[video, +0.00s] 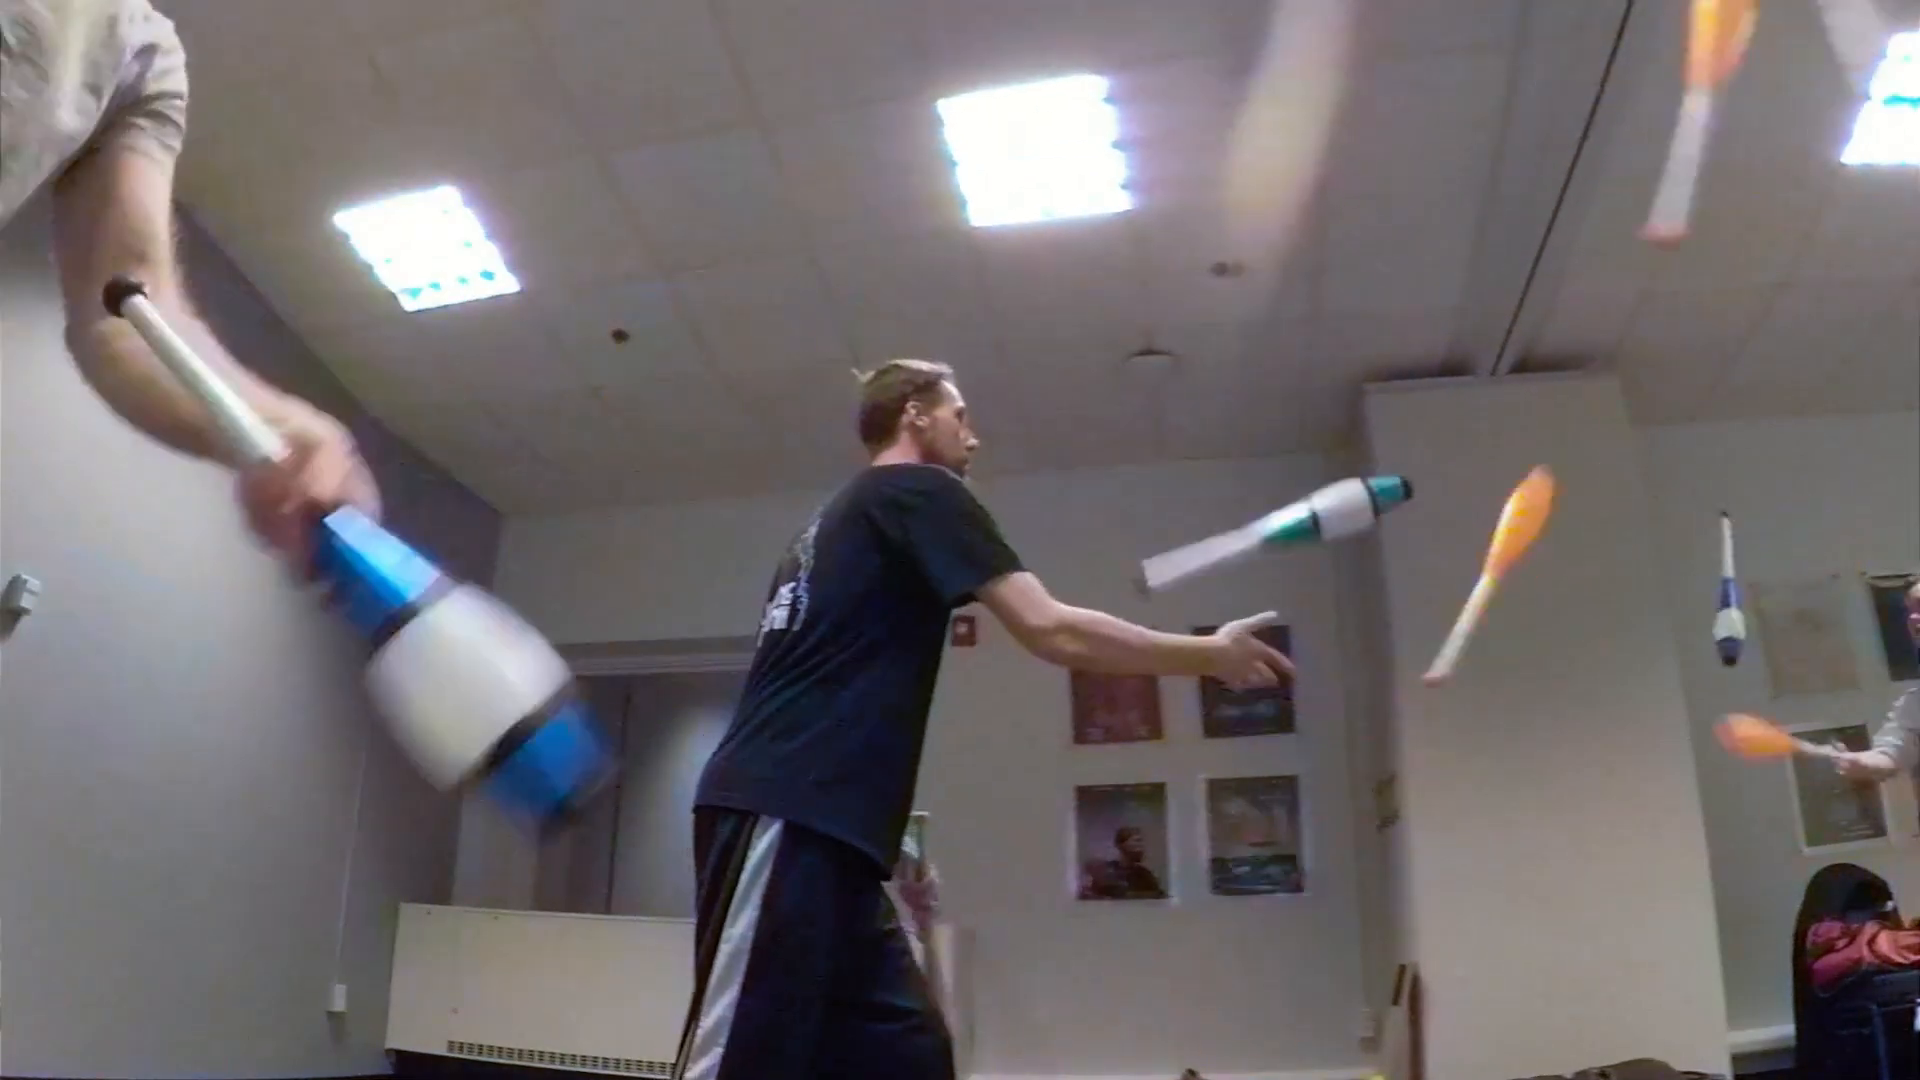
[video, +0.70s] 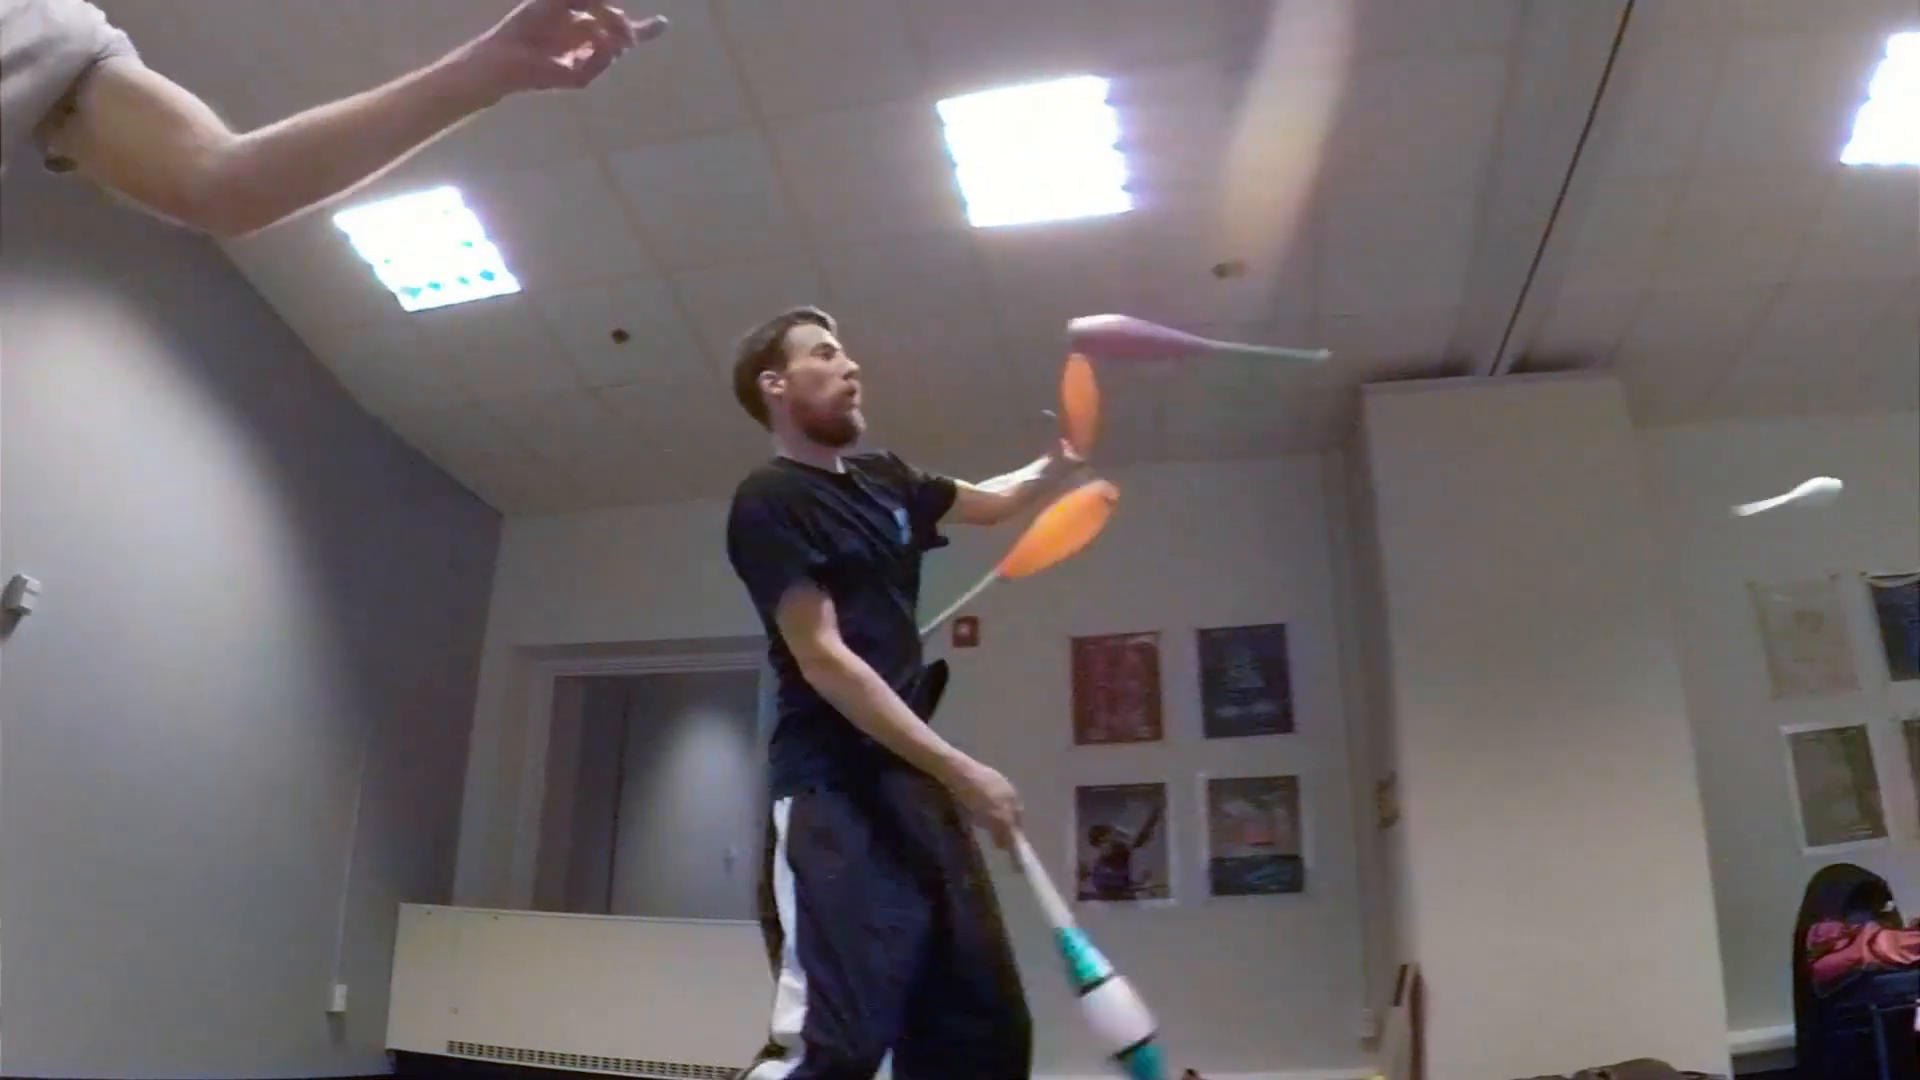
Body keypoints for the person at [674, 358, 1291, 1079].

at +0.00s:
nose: (973, 435)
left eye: (969, 419)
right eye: (960, 417)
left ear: (897, 426)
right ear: (915, 419)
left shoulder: (845, 514)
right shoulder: (918, 492)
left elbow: (825, 636)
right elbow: (1049, 628)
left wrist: (929, 627)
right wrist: (1209, 653)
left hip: (810, 816)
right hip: (792, 810)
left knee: (902, 1046)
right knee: (735, 1051)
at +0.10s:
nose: (974, 436)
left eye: (970, 417)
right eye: (962, 416)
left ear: (911, 425)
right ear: (916, 421)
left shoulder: (866, 506)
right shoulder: (909, 486)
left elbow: (832, 713)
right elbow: (1003, 633)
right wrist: (1174, 671)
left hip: (819, 823)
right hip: (790, 810)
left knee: (906, 1049)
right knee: (731, 1054)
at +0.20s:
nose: (972, 435)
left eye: (970, 419)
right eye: (961, 416)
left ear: (911, 420)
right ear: (916, 415)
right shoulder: (887, 482)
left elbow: (877, 719)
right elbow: (925, 642)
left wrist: (1007, 778)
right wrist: (1092, 709)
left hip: (832, 831)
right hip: (780, 813)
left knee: (909, 1047)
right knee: (727, 1054)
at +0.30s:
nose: (964, 431)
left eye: (960, 412)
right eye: (951, 410)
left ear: (901, 415)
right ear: (902, 411)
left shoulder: (878, 516)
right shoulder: (859, 480)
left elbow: (908, 704)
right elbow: (847, 641)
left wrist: (1055, 695)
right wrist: (998, 750)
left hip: (836, 836)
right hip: (772, 816)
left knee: (915, 1054)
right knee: (723, 1057)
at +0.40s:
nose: (952, 422)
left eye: (950, 406)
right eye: (940, 402)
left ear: (898, 407)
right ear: (894, 403)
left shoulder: (892, 549)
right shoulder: (841, 483)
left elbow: (975, 672)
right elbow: (811, 644)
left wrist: (1079, 620)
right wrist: (919, 791)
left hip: (845, 830)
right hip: (770, 817)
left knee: (898, 1041)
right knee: (725, 1056)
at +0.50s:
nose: (939, 420)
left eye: (935, 403)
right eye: (926, 400)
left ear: (887, 407)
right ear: (879, 403)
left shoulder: (906, 533)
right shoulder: (858, 478)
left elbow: (1026, 586)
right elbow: (819, 639)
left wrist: (1135, 519)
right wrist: (884, 810)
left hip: (858, 832)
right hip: (788, 819)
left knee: (946, 1051)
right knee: (728, 1060)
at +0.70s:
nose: (850, 365)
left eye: (844, 351)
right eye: (823, 353)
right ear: (771, 388)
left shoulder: (881, 476)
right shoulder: (770, 500)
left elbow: (984, 503)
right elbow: (822, 660)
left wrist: (1054, 468)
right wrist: (958, 770)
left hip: (913, 781)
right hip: (827, 791)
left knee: (982, 1027)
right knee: (845, 1034)